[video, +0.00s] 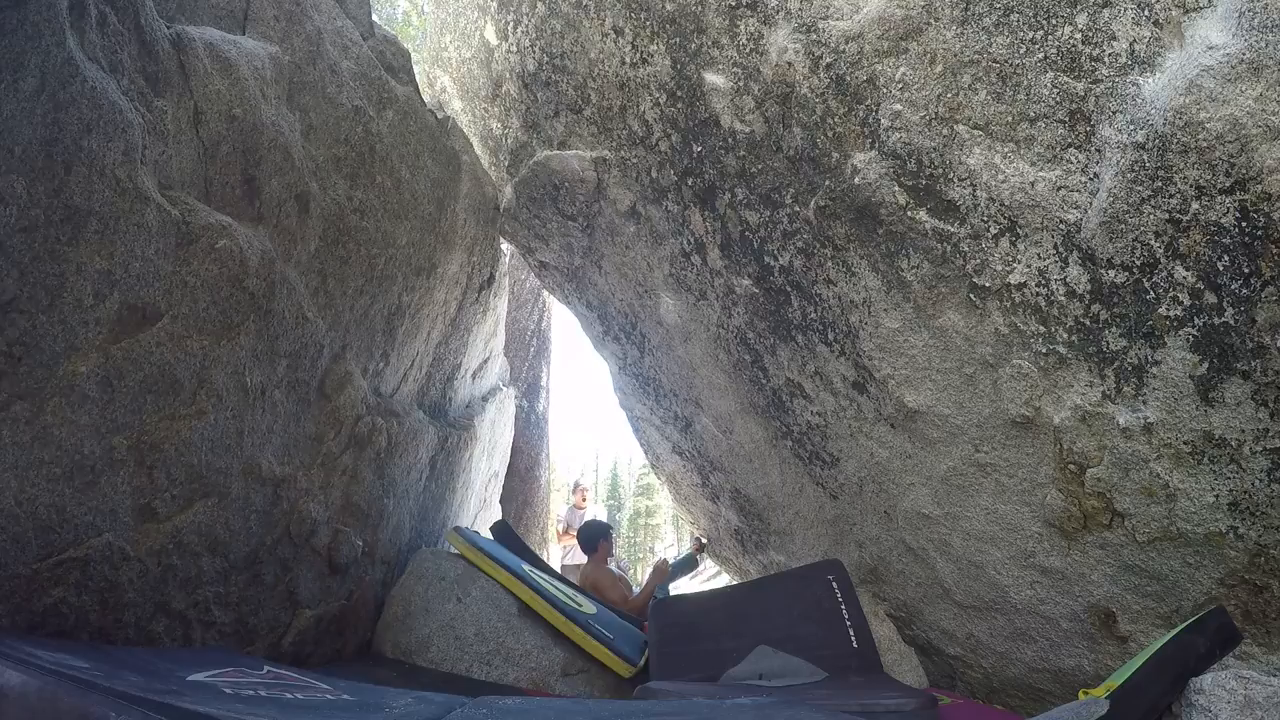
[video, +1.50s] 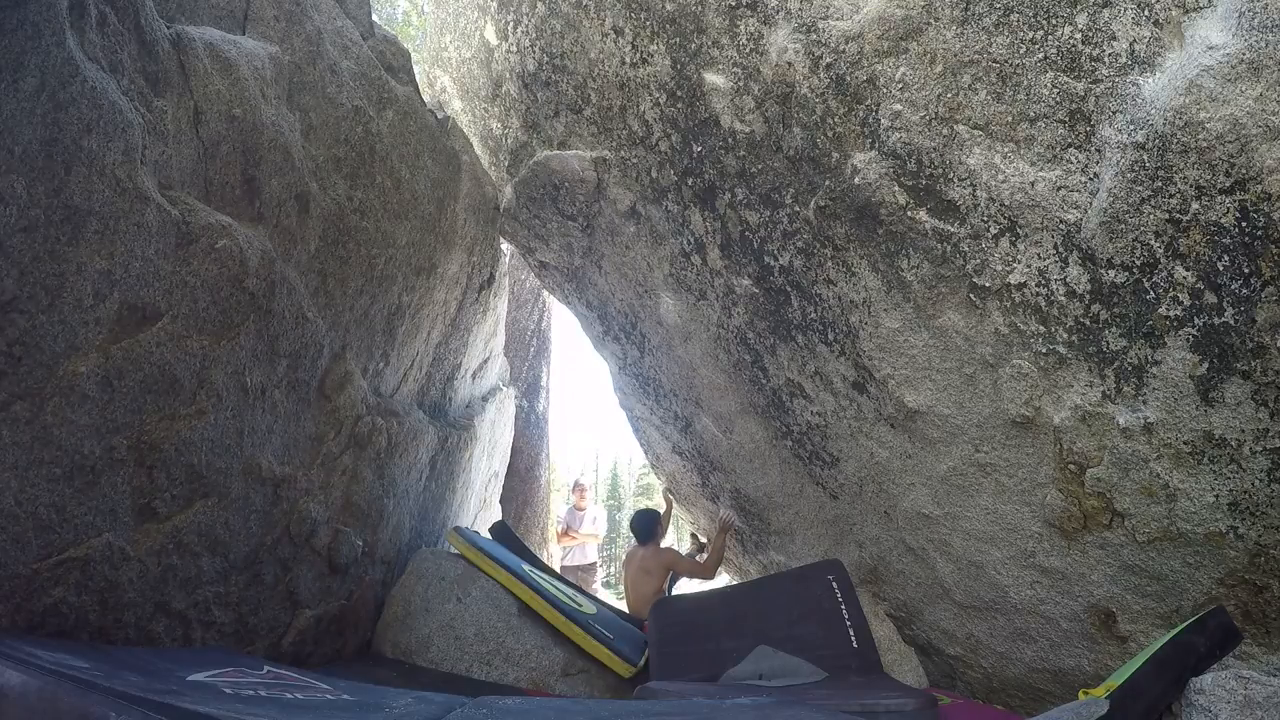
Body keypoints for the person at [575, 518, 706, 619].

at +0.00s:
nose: (613, 542)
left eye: (611, 537)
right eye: (610, 538)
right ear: (601, 543)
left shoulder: (590, 570)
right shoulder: (600, 574)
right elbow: (631, 610)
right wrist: (654, 580)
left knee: (660, 574)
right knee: (664, 574)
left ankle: (694, 554)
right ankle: (695, 554)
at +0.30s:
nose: (614, 540)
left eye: (612, 536)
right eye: (610, 537)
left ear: (598, 544)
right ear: (598, 543)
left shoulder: (590, 570)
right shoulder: (602, 573)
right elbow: (631, 610)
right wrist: (653, 582)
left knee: (657, 573)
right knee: (660, 573)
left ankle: (693, 554)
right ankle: (695, 553)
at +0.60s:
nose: (624, 537)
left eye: (621, 533)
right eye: (619, 534)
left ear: (605, 544)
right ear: (606, 542)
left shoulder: (593, 569)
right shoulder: (619, 569)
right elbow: (663, 581)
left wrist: (691, 551)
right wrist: (691, 546)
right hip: (652, 625)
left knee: (654, 573)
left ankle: (694, 557)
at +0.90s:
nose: (638, 529)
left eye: (636, 526)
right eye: (636, 527)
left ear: (610, 538)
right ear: (633, 533)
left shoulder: (609, 564)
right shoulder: (646, 559)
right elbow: (693, 566)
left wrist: (686, 557)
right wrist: (715, 530)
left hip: (627, 623)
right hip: (651, 625)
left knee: (662, 574)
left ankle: (689, 553)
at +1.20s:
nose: (652, 524)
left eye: (651, 521)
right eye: (651, 522)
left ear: (627, 533)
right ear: (649, 528)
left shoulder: (624, 556)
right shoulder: (660, 556)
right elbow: (704, 571)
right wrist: (721, 533)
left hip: (633, 620)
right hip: (655, 623)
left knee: (670, 574)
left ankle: (693, 551)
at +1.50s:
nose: (662, 525)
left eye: (661, 522)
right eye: (660, 523)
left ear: (636, 532)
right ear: (658, 529)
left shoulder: (631, 553)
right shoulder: (665, 555)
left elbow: (660, 532)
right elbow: (708, 572)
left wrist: (669, 507)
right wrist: (721, 533)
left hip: (636, 622)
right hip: (656, 624)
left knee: (671, 574)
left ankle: (693, 551)